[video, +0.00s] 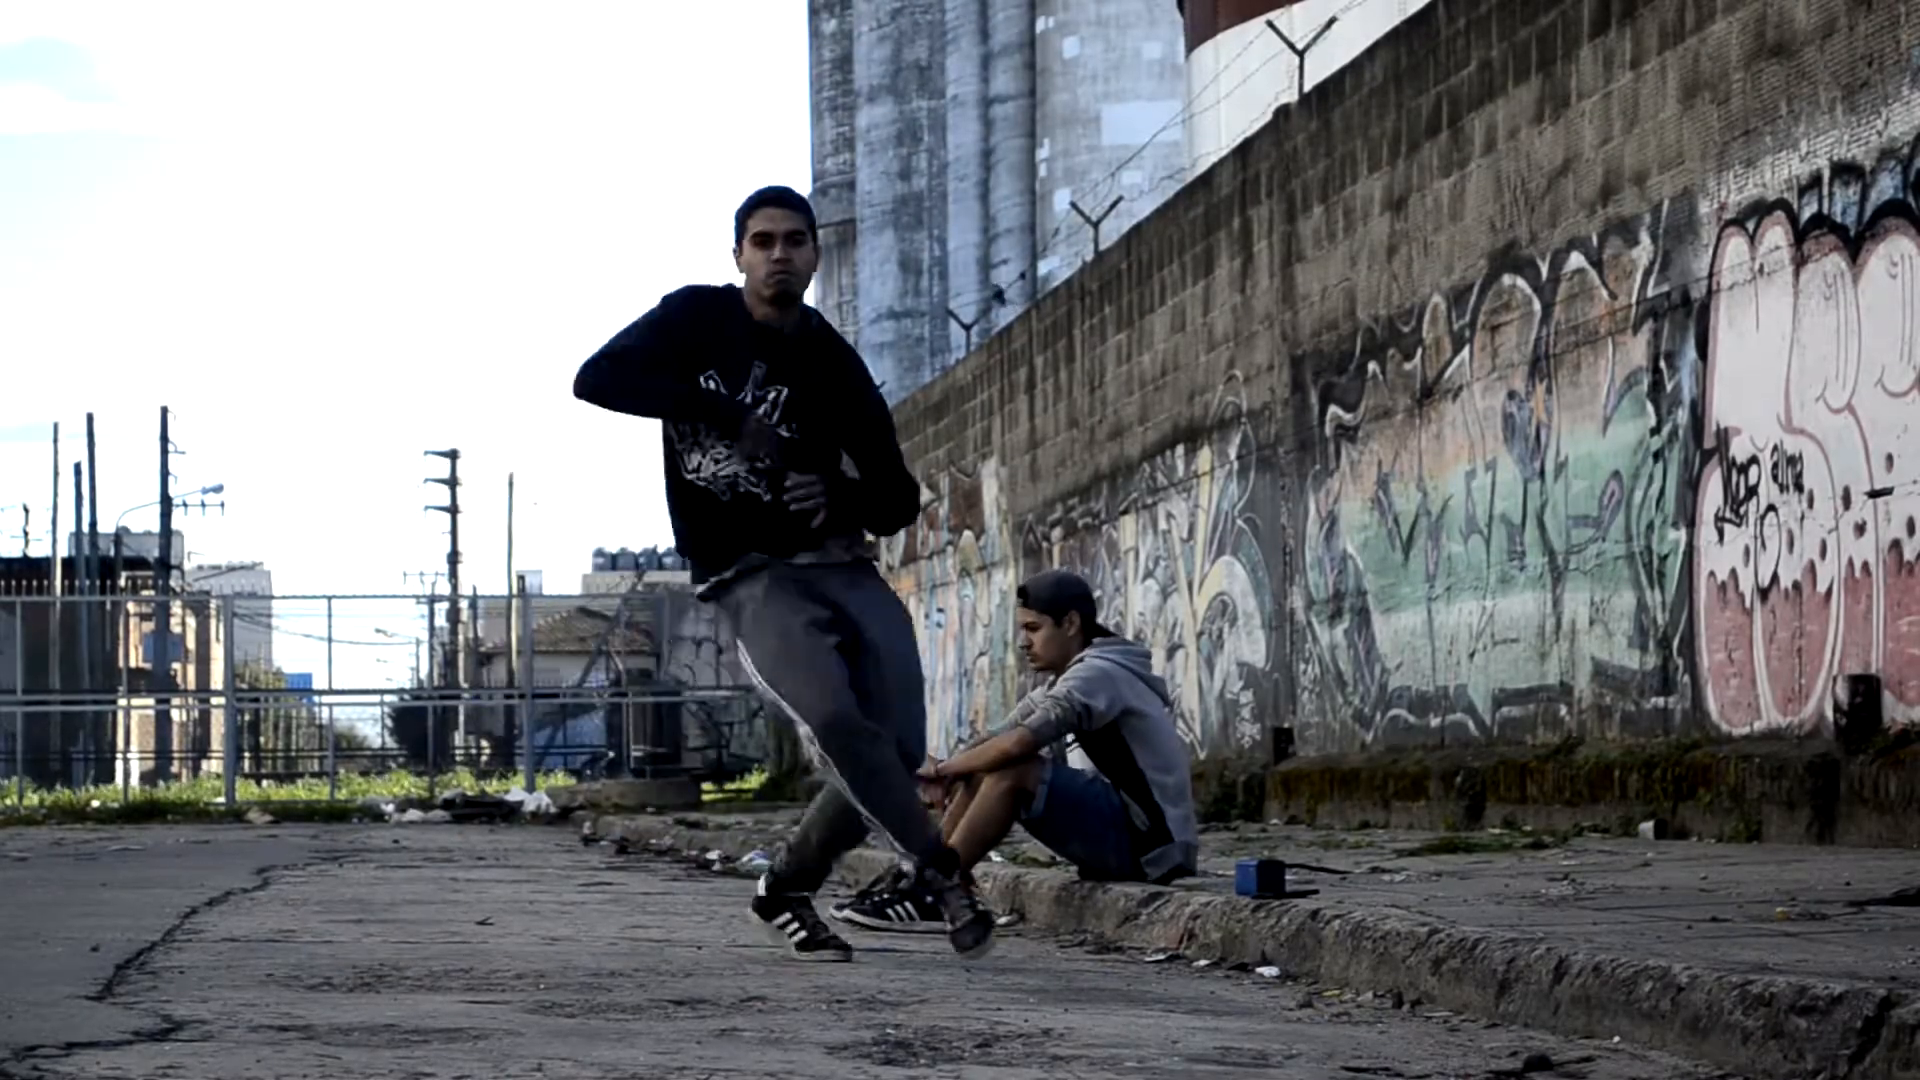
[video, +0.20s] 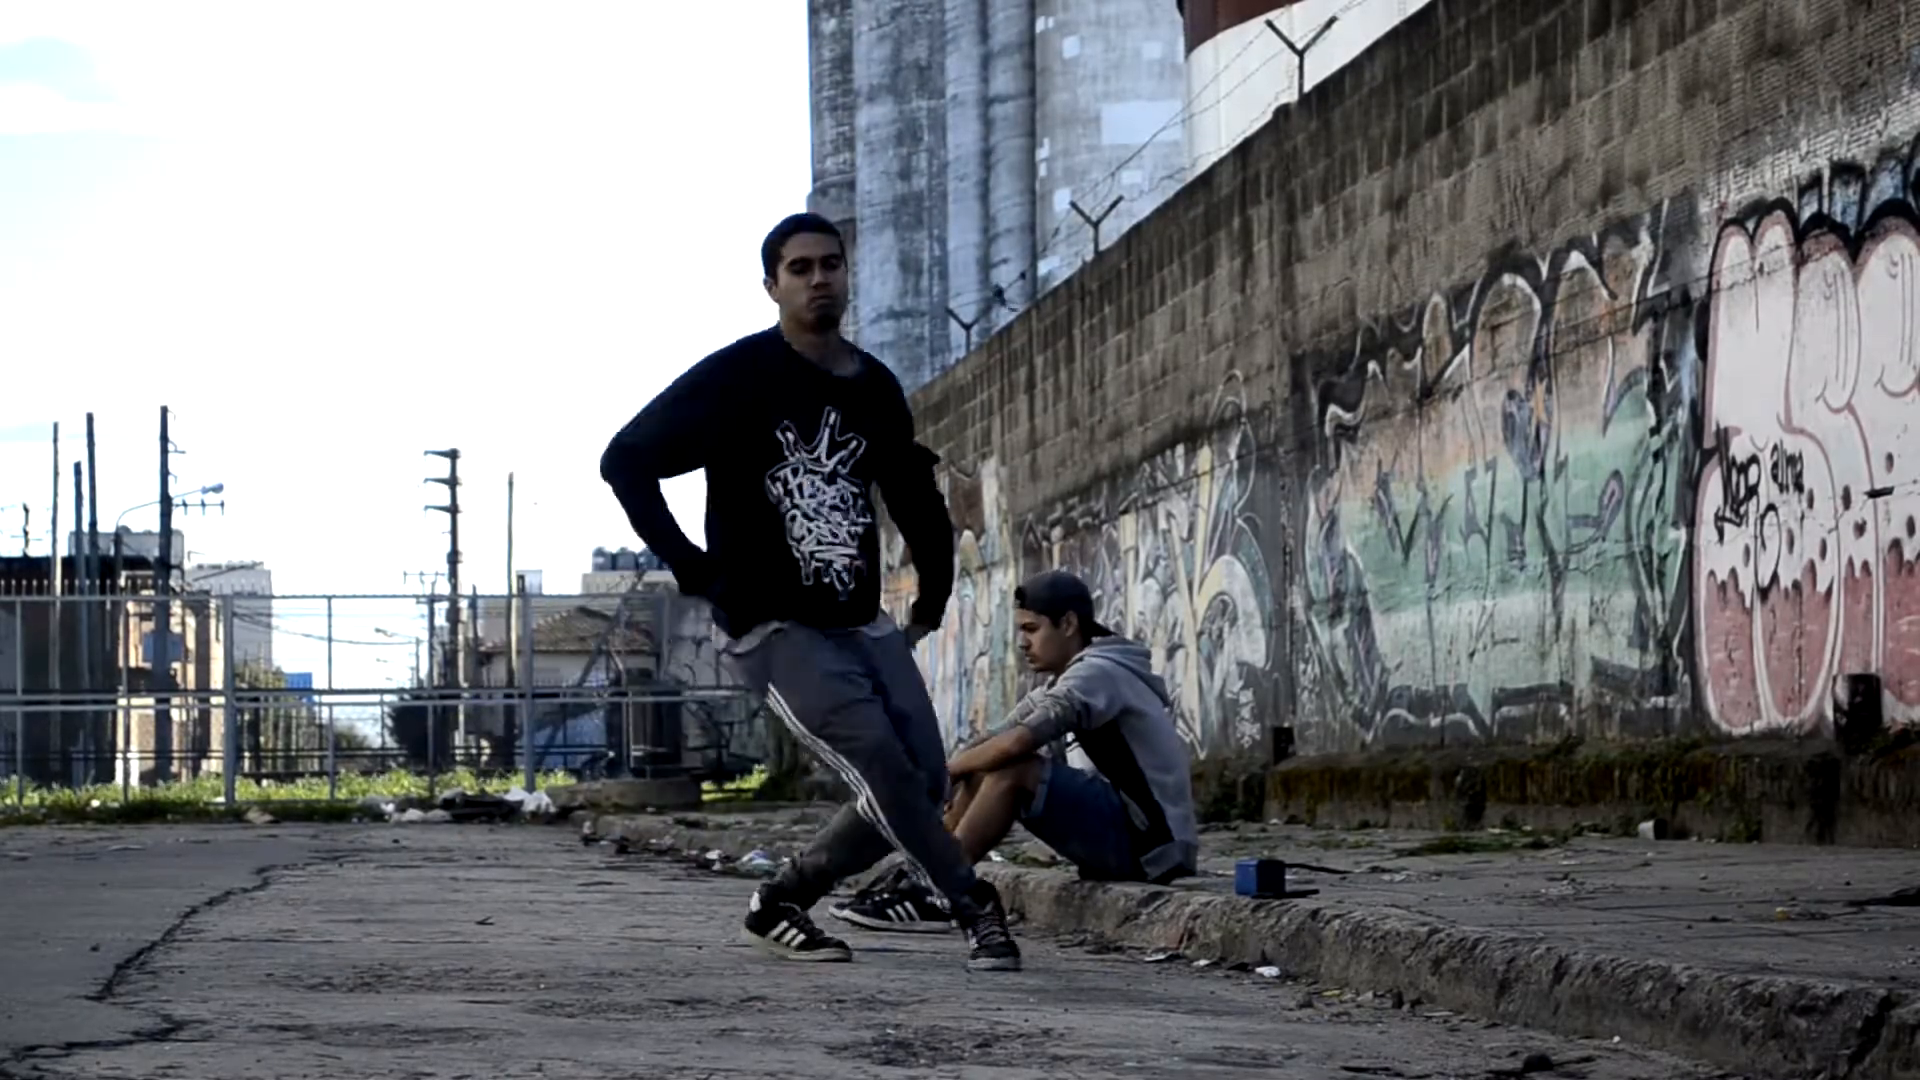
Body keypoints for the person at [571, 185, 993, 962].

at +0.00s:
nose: (782, 256)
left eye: (797, 241)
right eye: (765, 241)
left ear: (815, 255)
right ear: (739, 254)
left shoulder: (833, 357)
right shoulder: (698, 315)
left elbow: (898, 498)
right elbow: (599, 379)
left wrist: (842, 494)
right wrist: (724, 418)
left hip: (847, 565)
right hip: (756, 574)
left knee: (900, 744)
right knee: (833, 718)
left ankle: (786, 886)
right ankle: (946, 877)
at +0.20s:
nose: (820, 281)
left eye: (831, 265)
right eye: (802, 268)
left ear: (846, 275)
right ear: (772, 283)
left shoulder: (874, 385)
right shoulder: (736, 374)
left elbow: (913, 491)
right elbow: (626, 463)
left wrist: (935, 579)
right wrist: (691, 568)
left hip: (862, 617)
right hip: (776, 622)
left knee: (924, 780)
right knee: (881, 758)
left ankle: (782, 901)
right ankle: (979, 913)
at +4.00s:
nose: (691, 382)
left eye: (703, 369)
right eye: (674, 365)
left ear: (712, 378)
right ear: (634, 367)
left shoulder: (677, 500)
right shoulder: (597, 414)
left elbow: (710, 603)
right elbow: (522, 508)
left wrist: (809, 543)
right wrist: (541, 622)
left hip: (654, 675)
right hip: (549, 678)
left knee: (792, 737)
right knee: (494, 827)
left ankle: (747, 918)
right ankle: (410, 917)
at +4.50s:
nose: (574, 236)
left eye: (585, 221)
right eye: (555, 220)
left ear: (597, 233)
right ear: (517, 235)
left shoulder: (660, 316)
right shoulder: (485, 350)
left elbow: (791, 335)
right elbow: (378, 424)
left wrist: (701, 398)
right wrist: (482, 433)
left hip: (670, 594)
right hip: (541, 593)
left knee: (754, 733)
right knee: (437, 733)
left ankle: (786, 901)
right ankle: (391, 916)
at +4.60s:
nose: (597, 192)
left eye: (608, 177)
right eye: (579, 177)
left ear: (620, 185)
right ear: (542, 188)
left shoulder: (681, 283)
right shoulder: (507, 292)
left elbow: (762, 383)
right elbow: (409, 407)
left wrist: (716, 451)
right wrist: (501, 468)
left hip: (670, 557)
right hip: (549, 554)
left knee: (715, 715)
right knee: (475, 696)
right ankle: (442, 837)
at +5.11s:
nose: (666, 222)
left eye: (678, 210)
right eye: (648, 212)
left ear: (697, 225)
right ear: (619, 234)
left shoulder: (754, 300)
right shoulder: (625, 365)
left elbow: (848, 369)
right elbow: (581, 483)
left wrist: (852, 453)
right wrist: (521, 430)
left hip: (801, 580)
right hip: (701, 588)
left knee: (790, 768)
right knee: (718, 728)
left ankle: (698, 843)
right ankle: (790, 907)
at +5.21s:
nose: (701, 218)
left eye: (713, 206)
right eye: (682, 206)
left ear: (728, 220)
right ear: (650, 224)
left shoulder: (790, 308)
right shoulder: (620, 342)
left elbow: (921, 376)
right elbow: (500, 388)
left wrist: (963, 486)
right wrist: (577, 366)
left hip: (830, 575)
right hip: (721, 594)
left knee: (828, 749)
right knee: (718, 748)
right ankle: (796, 911)